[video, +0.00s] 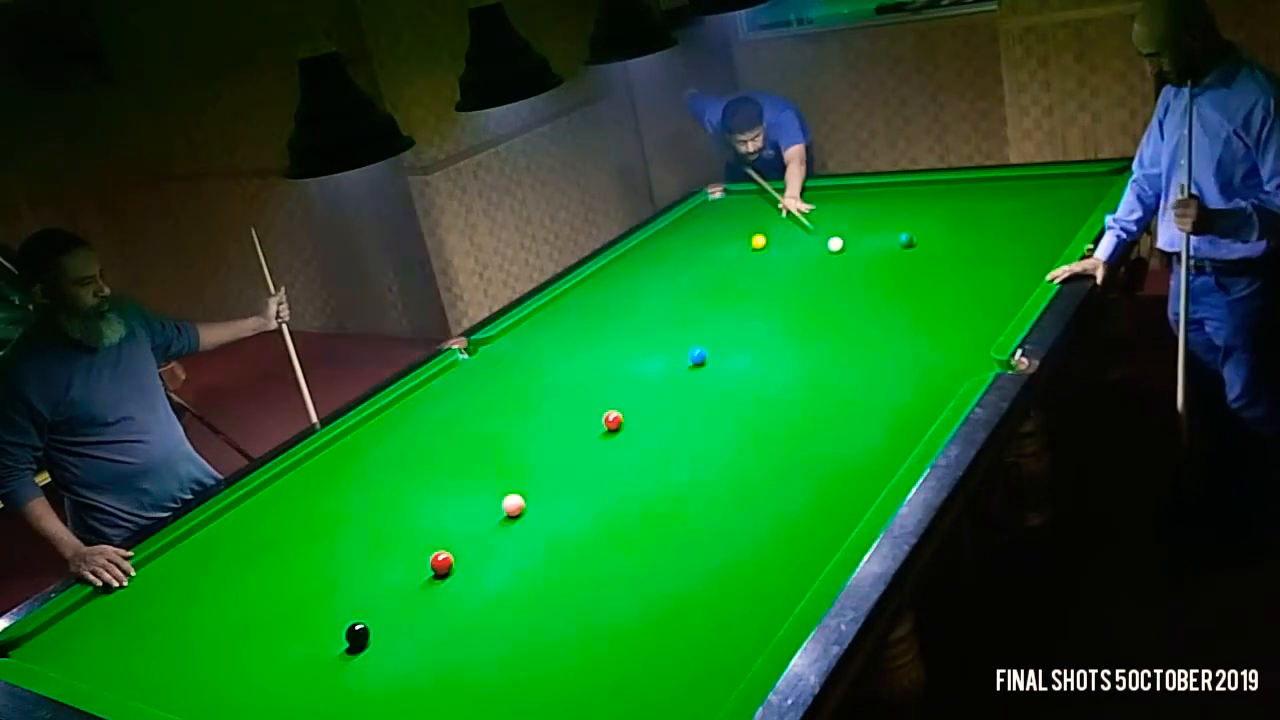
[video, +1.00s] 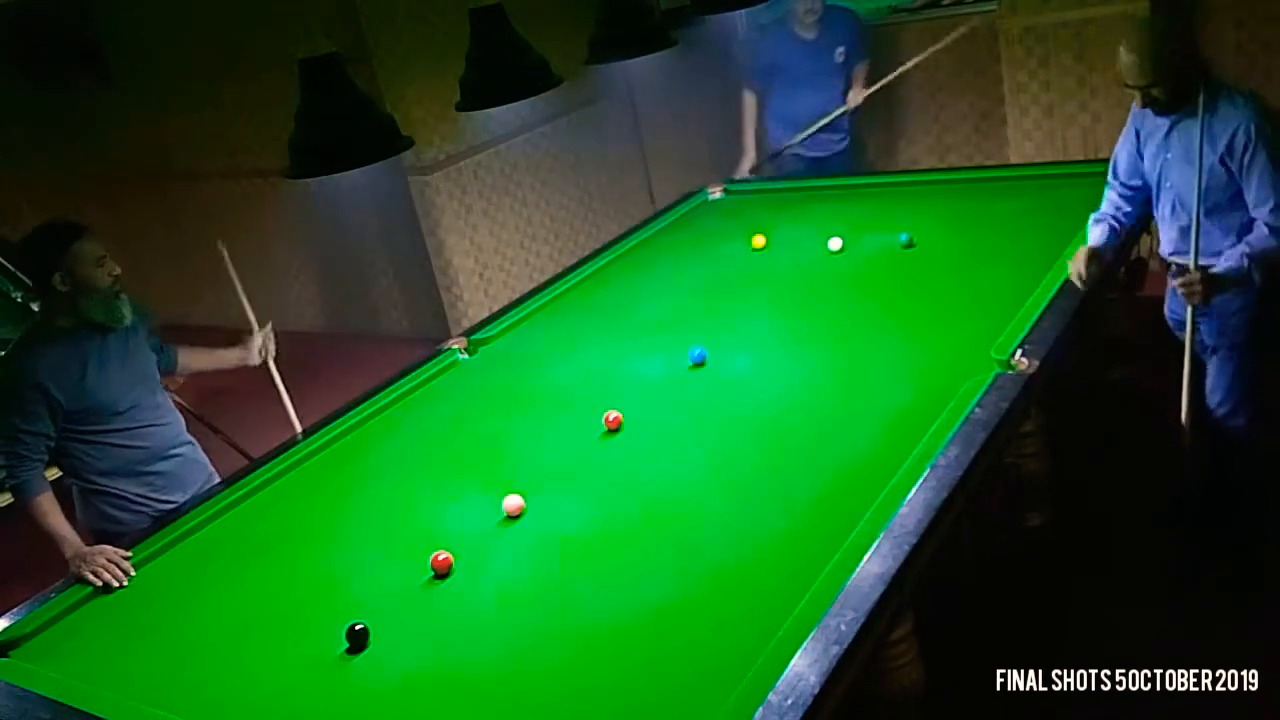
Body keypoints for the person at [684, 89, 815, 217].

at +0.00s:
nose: (750, 148)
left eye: (755, 139)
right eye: (742, 143)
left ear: (764, 127)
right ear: (727, 137)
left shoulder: (782, 117)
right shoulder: (715, 117)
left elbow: (796, 160)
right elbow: (690, 95)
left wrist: (792, 196)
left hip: (779, 159)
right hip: (739, 162)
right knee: (741, 213)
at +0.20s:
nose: (754, 133)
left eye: (760, 123)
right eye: (746, 126)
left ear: (768, 113)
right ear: (732, 119)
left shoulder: (787, 111)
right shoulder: (720, 105)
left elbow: (797, 158)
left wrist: (792, 195)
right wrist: (724, 142)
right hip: (742, 155)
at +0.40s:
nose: (765, 95)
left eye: (771, 86)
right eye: (757, 88)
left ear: (779, 80)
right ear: (744, 86)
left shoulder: (800, 92)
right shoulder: (731, 86)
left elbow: (814, 145)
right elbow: (718, 95)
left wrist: (799, 184)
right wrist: (726, 131)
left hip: (793, 165)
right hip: (750, 164)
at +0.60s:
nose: (780, 54)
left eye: (786, 45)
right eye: (773, 46)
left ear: (794, 42)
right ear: (759, 45)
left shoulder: (815, 62)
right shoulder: (744, 63)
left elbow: (845, 115)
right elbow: (727, 86)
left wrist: (822, 147)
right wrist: (728, 127)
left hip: (810, 157)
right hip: (763, 157)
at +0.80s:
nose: (797, 19)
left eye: (802, 12)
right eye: (789, 13)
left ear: (811, 15)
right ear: (776, 17)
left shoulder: (830, 37)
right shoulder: (755, 45)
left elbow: (855, 77)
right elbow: (738, 82)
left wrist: (844, 110)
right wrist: (734, 134)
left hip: (822, 150)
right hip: (773, 152)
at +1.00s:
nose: (811, 6)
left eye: (816, 1)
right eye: (804, 2)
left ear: (823, 3)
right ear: (791, 4)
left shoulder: (844, 24)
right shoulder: (769, 37)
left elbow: (860, 58)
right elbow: (750, 89)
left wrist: (857, 86)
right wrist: (749, 153)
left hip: (836, 147)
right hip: (789, 151)